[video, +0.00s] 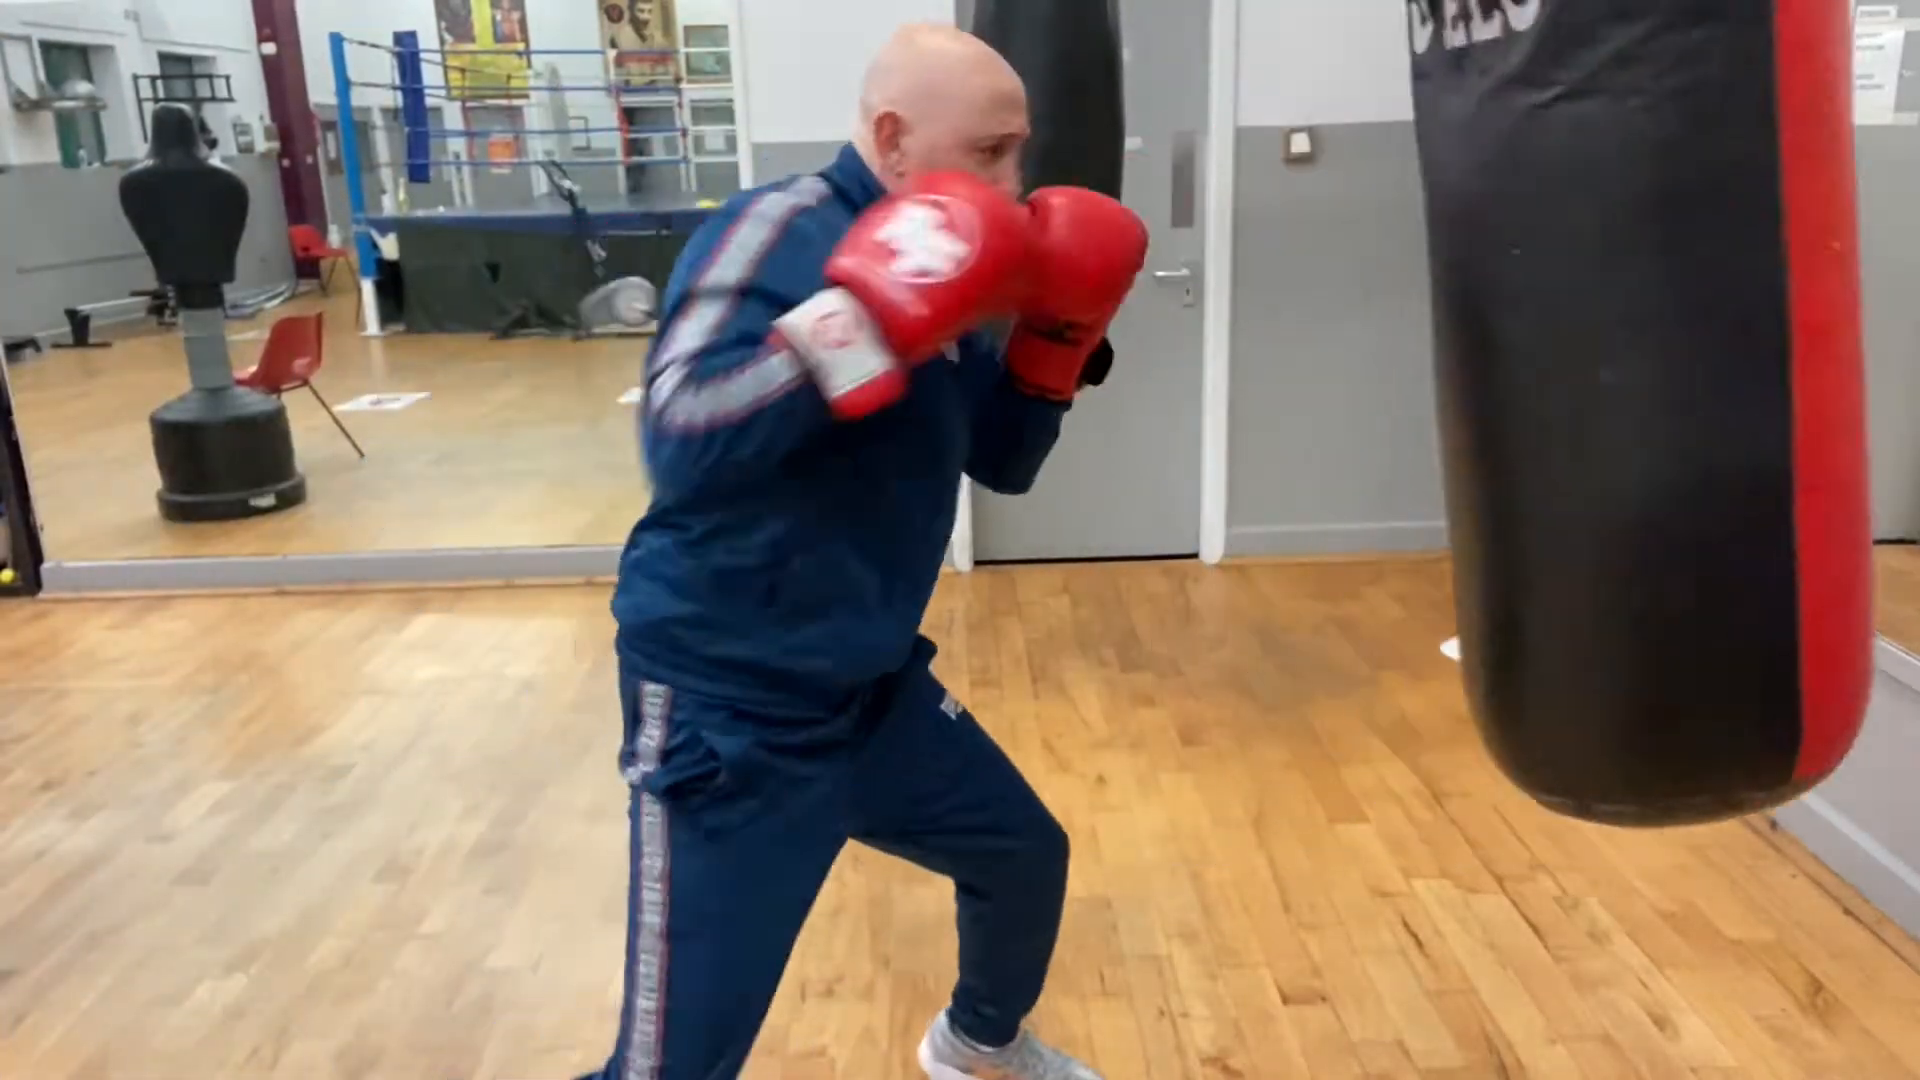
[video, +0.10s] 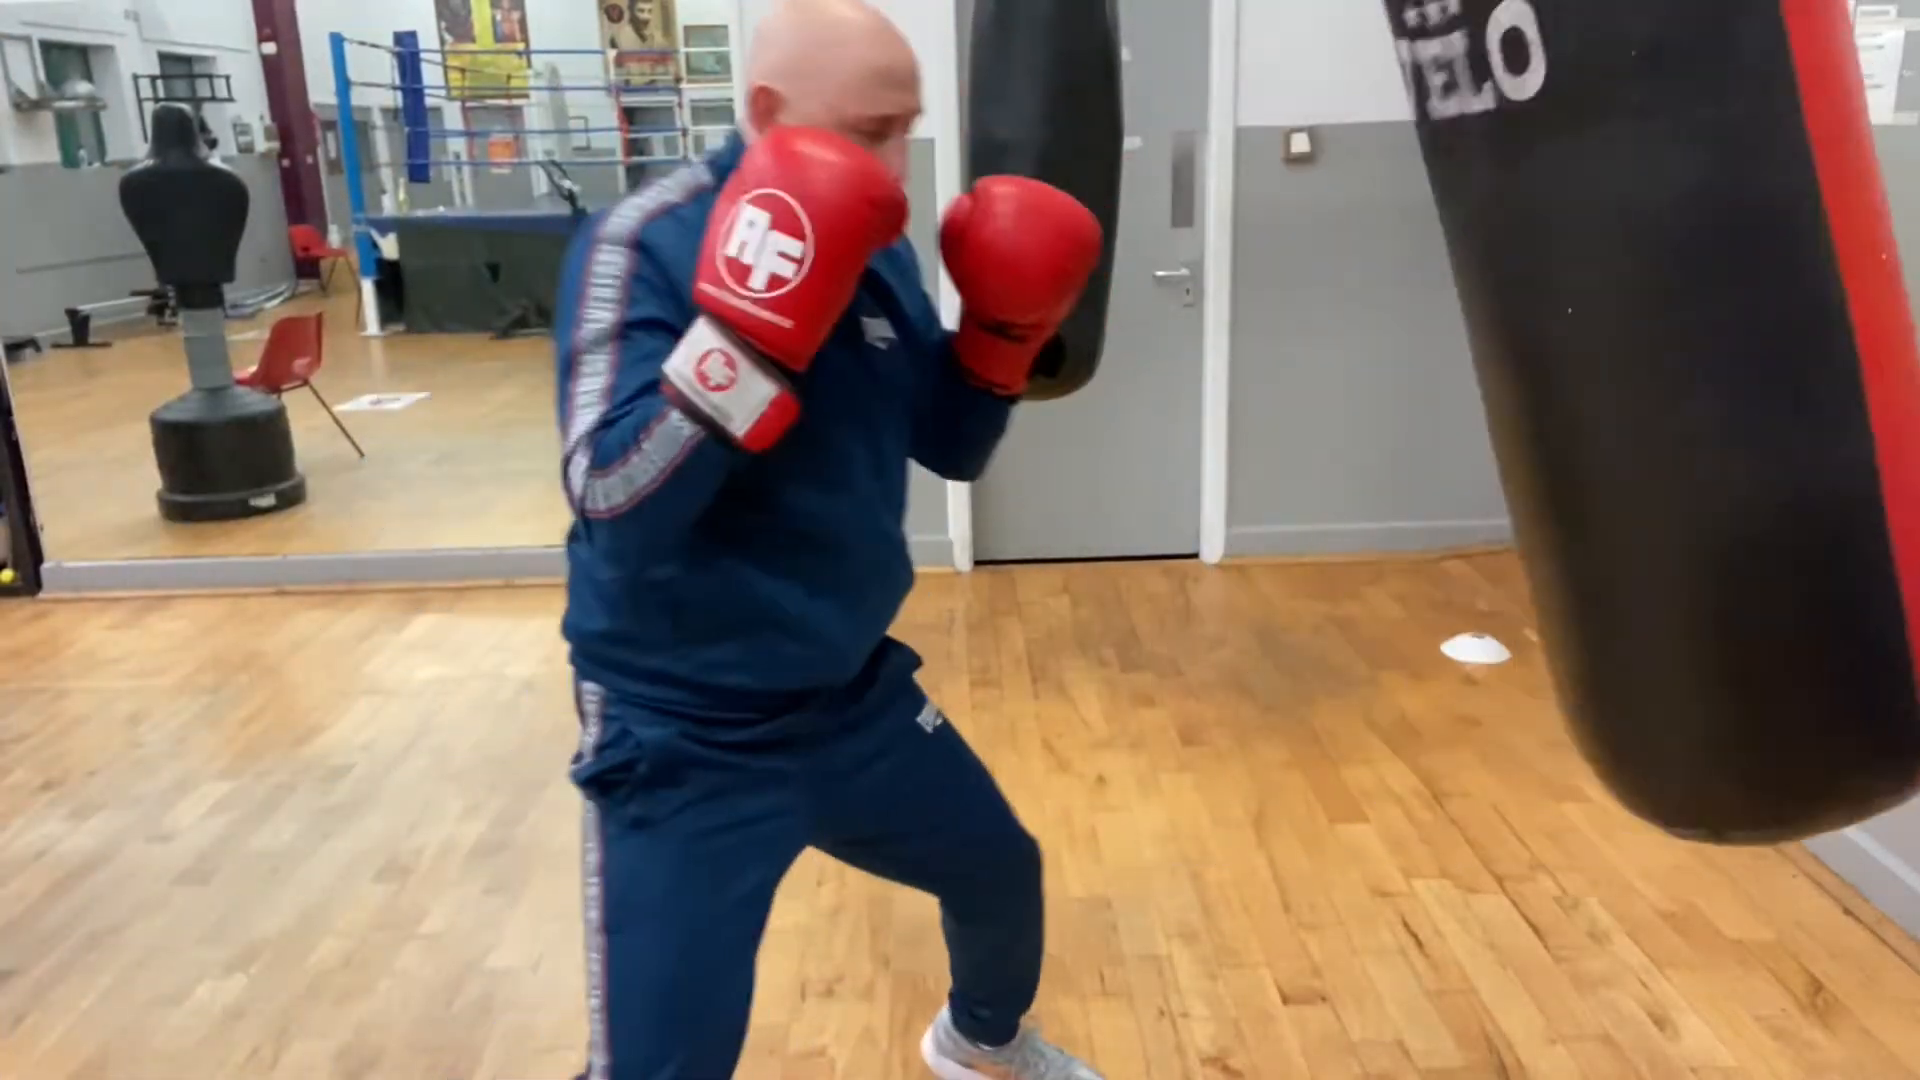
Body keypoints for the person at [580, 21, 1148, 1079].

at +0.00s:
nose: (1013, 183)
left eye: (1020, 152)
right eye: (988, 151)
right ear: (890, 139)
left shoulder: (956, 271)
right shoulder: (771, 229)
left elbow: (1002, 462)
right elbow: (678, 432)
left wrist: (1056, 338)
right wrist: (866, 317)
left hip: (866, 686)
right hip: (723, 701)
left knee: (1024, 857)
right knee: (669, 1065)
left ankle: (980, 1042)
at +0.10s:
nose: (899, 165)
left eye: (907, 132)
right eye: (871, 133)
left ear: (916, 117)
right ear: (767, 115)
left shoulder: (874, 258)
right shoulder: (638, 248)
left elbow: (954, 446)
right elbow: (608, 491)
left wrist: (1003, 332)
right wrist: (751, 325)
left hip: (853, 703)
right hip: (682, 738)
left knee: (1001, 873)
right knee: (657, 1069)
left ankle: (983, 1042)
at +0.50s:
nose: (629, 176)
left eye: (649, 136)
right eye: (598, 138)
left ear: (668, 110)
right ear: (478, 97)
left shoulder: (657, 230)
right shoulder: (324, 251)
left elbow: (745, 448)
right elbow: (321, 559)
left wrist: (787, 355)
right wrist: (477, 399)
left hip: (648, 747)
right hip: (419, 782)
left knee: (801, 994)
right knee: (317, 1069)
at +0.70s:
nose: (390, 130)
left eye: (412, 94)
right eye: (360, 92)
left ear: (432, 69)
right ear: (228, 39)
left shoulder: (415, 165)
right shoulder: (51, 221)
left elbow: (502, 461)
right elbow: (55, 577)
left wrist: (537, 338)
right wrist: (242, 379)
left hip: (451, 760)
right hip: (207, 815)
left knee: (669, 1041)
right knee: (156, 1072)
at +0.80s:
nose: (299, 72)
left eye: (316, 29)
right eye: (268, 22)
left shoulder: (288, 151)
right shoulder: (10, 172)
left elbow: (405, 423)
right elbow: (2, 531)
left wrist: (436, 314)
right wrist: (146, 341)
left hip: (376, 702)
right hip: (134, 767)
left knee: (563, 964)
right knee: (116, 1064)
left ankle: (597, 1077)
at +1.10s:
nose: (191, 36)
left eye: (204, 2)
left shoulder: (197, 164)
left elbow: (315, 428)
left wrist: (332, 292)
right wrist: (33, 318)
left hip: (255, 707)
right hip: (40, 758)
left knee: (359, 1011)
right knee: (67, 1062)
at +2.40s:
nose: (432, 97)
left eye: (445, 62)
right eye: (405, 56)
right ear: (270, 24)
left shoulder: (440, 178)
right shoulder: (100, 206)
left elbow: (584, 381)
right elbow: (200, 489)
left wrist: (604, 251)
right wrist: (325, 281)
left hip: (479, 716)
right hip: (255, 761)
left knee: (614, 987)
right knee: (202, 1070)